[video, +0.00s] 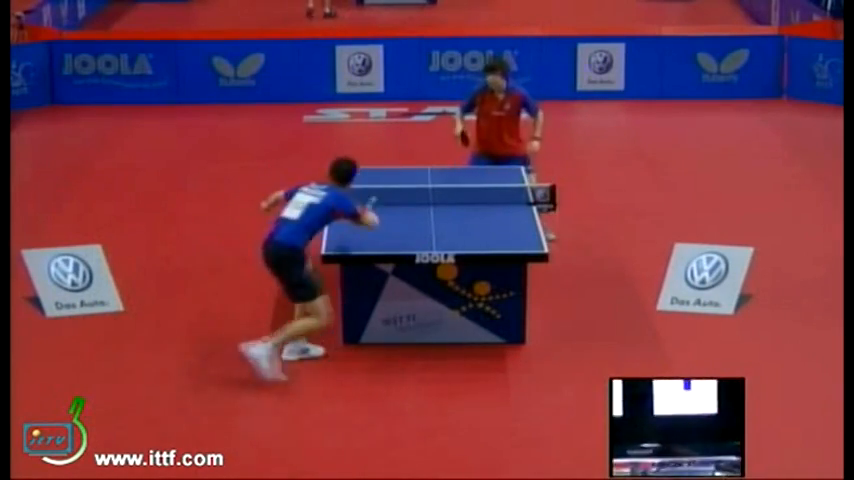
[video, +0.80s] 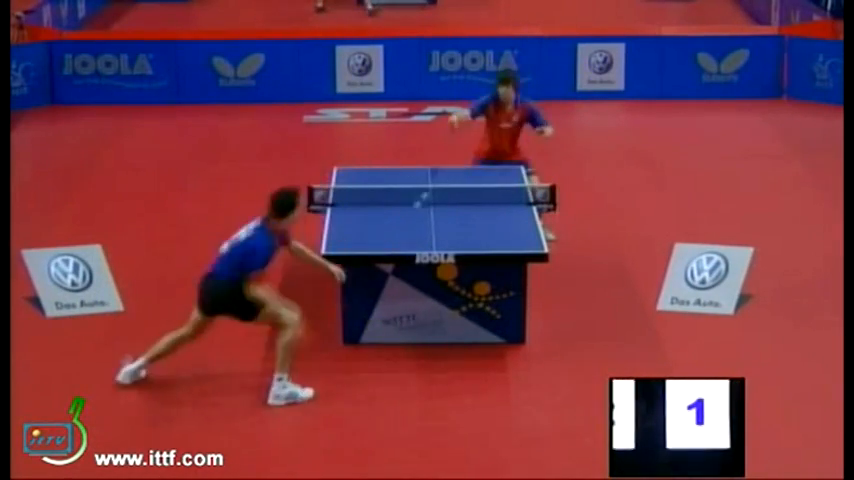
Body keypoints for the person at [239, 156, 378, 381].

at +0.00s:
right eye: (350, 178)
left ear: (330, 172)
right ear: (350, 181)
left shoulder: (308, 187)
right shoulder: (339, 199)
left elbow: (278, 196)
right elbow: (368, 222)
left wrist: (267, 205)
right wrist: (368, 214)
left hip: (272, 246)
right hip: (288, 252)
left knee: (310, 285)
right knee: (322, 317)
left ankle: (296, 343)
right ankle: (265, 347)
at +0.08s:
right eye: (353, 170)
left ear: (334, 167)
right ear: (354, 173)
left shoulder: (313, 183)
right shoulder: (347, 197)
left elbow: (279, 190)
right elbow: (370, 230)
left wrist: (264, 200)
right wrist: (372, 223)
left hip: (281, 243)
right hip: (303, 250)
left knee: (307, 289)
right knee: (343, 306)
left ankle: (295, 343)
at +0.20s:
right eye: (361, 168)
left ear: (338, 163)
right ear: (361, 169)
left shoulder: (321, 181)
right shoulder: (357, 191)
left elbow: (285, 194)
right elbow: (371, 234)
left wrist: (271, 206)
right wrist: (381, 230)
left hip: (299, 240)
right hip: (327, 245)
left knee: (306, 290)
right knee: (363, 305)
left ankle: (287, 346)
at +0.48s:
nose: (349, 181)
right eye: (349, 177)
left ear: (326, 175)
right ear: (348, 181)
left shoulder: (307, 197)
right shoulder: (349, 207)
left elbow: (278, 215)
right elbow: (371, 244)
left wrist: (300, 217)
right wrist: (381, 227)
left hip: (297, 268)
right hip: (332, 270)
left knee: (266, 301)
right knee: (369, 312)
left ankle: (264, 363)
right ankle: (405, 367)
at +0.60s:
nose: (336, 181)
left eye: (335, 176)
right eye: (336, 178)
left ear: (311, 177)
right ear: (333, 182)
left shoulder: (293, 195)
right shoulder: (325, 207)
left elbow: (291, 238)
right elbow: (346, 247)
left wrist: (319, 254)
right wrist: (364, 234)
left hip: (256, 259)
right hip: (284, 265)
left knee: (247, 298)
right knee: (331, 308)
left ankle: (224, 352)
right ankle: (328, 371)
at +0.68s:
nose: (324, 193)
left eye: (323, 188)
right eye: (323, 189)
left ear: (299, 186)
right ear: (318, 192)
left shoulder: (283, 205)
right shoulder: (303, 219)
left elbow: (296, 249)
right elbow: (310, 264)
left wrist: (330, 263)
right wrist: (337, 266)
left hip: (235, 267)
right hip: (261, 274)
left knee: (226, 309)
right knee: (310, 315)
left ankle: (183, 353)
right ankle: (287, 379)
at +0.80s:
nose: (299, 215)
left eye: (298, 210)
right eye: (298, 211)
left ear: (275, 210)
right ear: (289, 215)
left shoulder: (267, 228)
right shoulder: (264, 245)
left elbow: (298, 250)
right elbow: (251, 286)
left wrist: (330, 268)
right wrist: (279, 306)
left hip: (210, 286)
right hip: (229, 293)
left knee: (190, 330)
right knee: (291, 320)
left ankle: (136, 367)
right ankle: (281, 386)